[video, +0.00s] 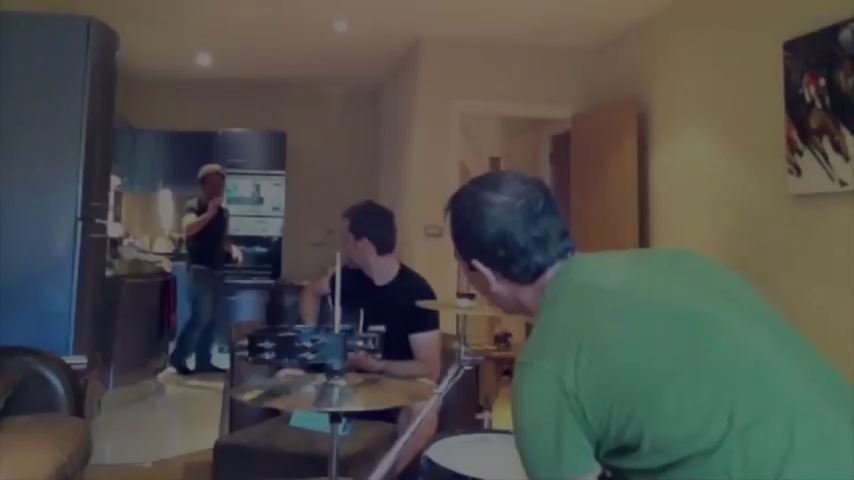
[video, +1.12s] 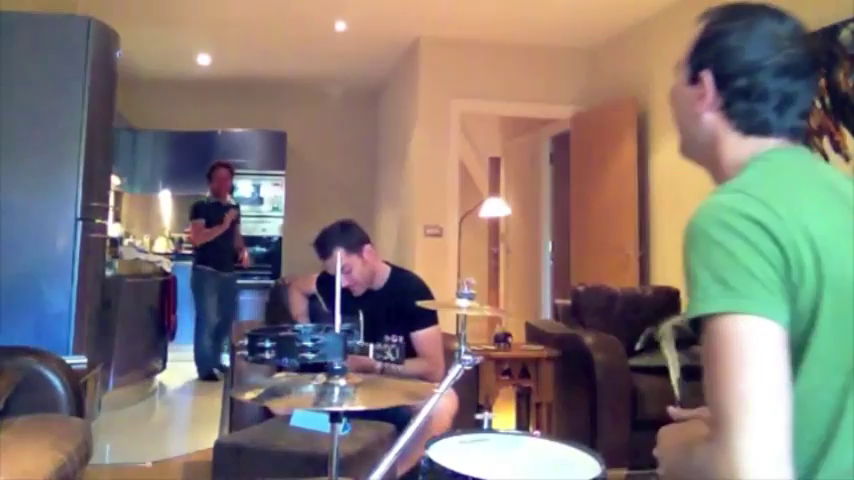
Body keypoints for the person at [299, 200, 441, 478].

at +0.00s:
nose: (343, 245)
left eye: (346, 238)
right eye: (344, 237)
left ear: (364, 245)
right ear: (365, 246)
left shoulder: (416, 290)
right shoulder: (346, 277)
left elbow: (430, 369)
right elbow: (311, 293)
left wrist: (375, 365)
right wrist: (311, 339)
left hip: (397, 390)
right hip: (343, 383)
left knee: (425, 413)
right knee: (288, 380)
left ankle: (383, 475)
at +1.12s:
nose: (343, 283)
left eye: (347, 271)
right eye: (336, 275)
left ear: (368, 253)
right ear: (329, 269)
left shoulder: (410, 289)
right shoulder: (332, 284)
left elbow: (434, 369)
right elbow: (295, 288)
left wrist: (374, 367)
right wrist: (305, 335)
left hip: (395, 391)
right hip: (339, 387)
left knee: (444, 402)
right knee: (279, 398)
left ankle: (390, 473)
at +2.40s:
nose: (372, 272)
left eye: (382, 263)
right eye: (367, 262)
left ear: (404, 255)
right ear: (362, 250)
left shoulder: (424, 291)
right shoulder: (348, 271)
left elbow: (424, 370)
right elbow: (306, 272)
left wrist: (387, 368)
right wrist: (310, 325)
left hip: (394, 387)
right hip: (341, 379)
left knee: (450, 405)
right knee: (277, 399)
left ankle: (390, 472)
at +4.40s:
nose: (360, 278)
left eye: (370, 268)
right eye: (352, 268)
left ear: (390, 258)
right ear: (344, 258)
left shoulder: (412, 295)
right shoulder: (336, 277)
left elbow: (424, 371)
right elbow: (293, 287)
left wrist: (371, 366)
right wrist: (305, 329)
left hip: (389, 388)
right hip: (336, 381)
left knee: (438, 403)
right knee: (280, 388)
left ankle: (387, 473)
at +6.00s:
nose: (355, 283)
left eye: (363, 274)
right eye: (348, 275)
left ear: (386, 260)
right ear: (341, 264)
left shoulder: (411, 294)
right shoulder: (334, 279)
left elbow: (423, 369)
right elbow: (294, 287)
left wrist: (368, 369)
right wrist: (306, 333)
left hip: (389, 390)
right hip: (335, 383)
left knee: (438, 406)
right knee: (281, 391)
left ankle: (390, 473)